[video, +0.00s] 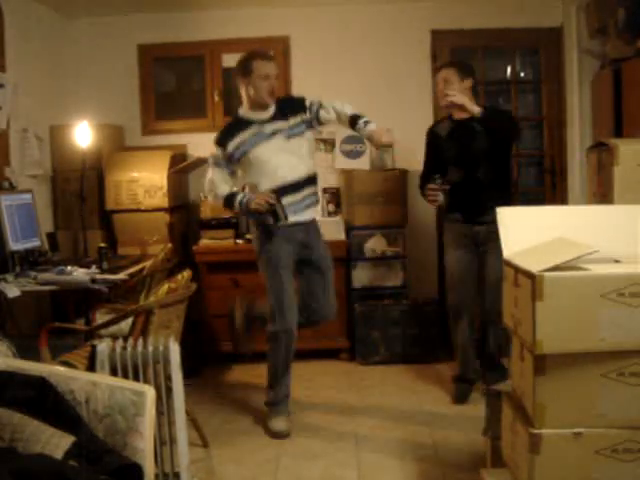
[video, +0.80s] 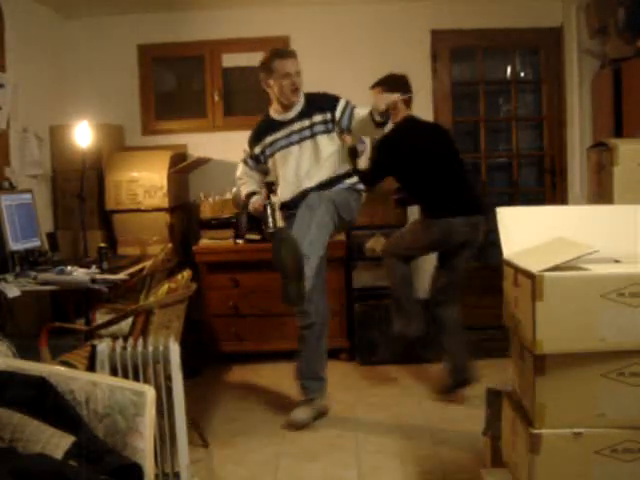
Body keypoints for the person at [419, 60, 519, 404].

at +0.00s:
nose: (443, 93)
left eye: (449, 85)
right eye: (439, 87)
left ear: (468, 85)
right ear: (437, 92)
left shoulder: (496, 120)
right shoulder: (438, 132)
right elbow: (428, 175)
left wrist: (475, 111)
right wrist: (429, 191)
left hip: (495, 222)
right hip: (457, 223)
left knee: (495, 299)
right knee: (459, 300)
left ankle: (495, 368)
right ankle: (465, 373)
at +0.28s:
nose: (414, 108)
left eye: (419, 102)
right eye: (413, 102)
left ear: (439, 102)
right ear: (429, 105)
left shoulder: (467, 135)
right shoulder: (441, 146)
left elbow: (494, 183)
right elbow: (446, 198)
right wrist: (418, 203)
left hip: (488, 234)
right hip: (465, 235)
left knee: (458, 302)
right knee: (457, 304)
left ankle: (498, 373)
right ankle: (474, 383)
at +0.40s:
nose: (396, 110)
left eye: (401, 103)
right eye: (397, 104)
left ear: (422, 103)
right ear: (422, 105)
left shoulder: (441, 131)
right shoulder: (441, 133)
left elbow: (455, 179)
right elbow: (450, 193)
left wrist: (454, 215)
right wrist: (413, 201)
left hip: (490, 215)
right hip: (489, 214)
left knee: (444, 275)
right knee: (485, 297)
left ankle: (483, 356)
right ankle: (491, 376)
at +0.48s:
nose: (394, 121)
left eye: (399, 114)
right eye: (395, 115)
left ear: (419, 115)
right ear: (419, 117)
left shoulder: (434, 147)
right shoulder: (442, 142)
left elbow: (445, 205)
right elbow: (447, 200)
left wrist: (439, 257)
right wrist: (412, 208)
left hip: (482, 225)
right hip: (491, 220)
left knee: (454, 296)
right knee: (485, 304)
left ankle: (486, 379)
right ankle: (498, 379)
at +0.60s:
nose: (396, 126)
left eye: (400, 119)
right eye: (396, 120)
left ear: (419, 118)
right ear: (423, 119)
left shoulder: (424, 159)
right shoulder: (454, 147)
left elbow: (420, 217)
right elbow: (451, 200)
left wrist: (397, 256)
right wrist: (411, 208)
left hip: (464, 247)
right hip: (490, 242)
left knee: (441, 312)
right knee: (476, 321)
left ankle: (488, 380)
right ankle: (500, 386)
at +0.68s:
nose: (392, 117)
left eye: (395, 110)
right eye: (392, 110)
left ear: (414, 108)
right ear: (419, 110)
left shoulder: (415, 150)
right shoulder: (452, 139)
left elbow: (404, 207)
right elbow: (452, 193)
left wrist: (373, 224)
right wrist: (412, 202)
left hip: (458, 236)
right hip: (487, 233)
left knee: (415, 287)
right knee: (477, 313)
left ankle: (453, 353)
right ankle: (497, 381)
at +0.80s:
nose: (374, 111)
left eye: (378, 103)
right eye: (374, 104)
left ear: (397, 101)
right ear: (407, 102)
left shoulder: (390, 142)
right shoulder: (436, 130)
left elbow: (372, 184)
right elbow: (437, 179)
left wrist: (354, 152)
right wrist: (401, 193)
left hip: (438, 222)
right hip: (472, 221)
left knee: (394, 253)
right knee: (445, 296)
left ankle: (408, 322)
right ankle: (460, 370)